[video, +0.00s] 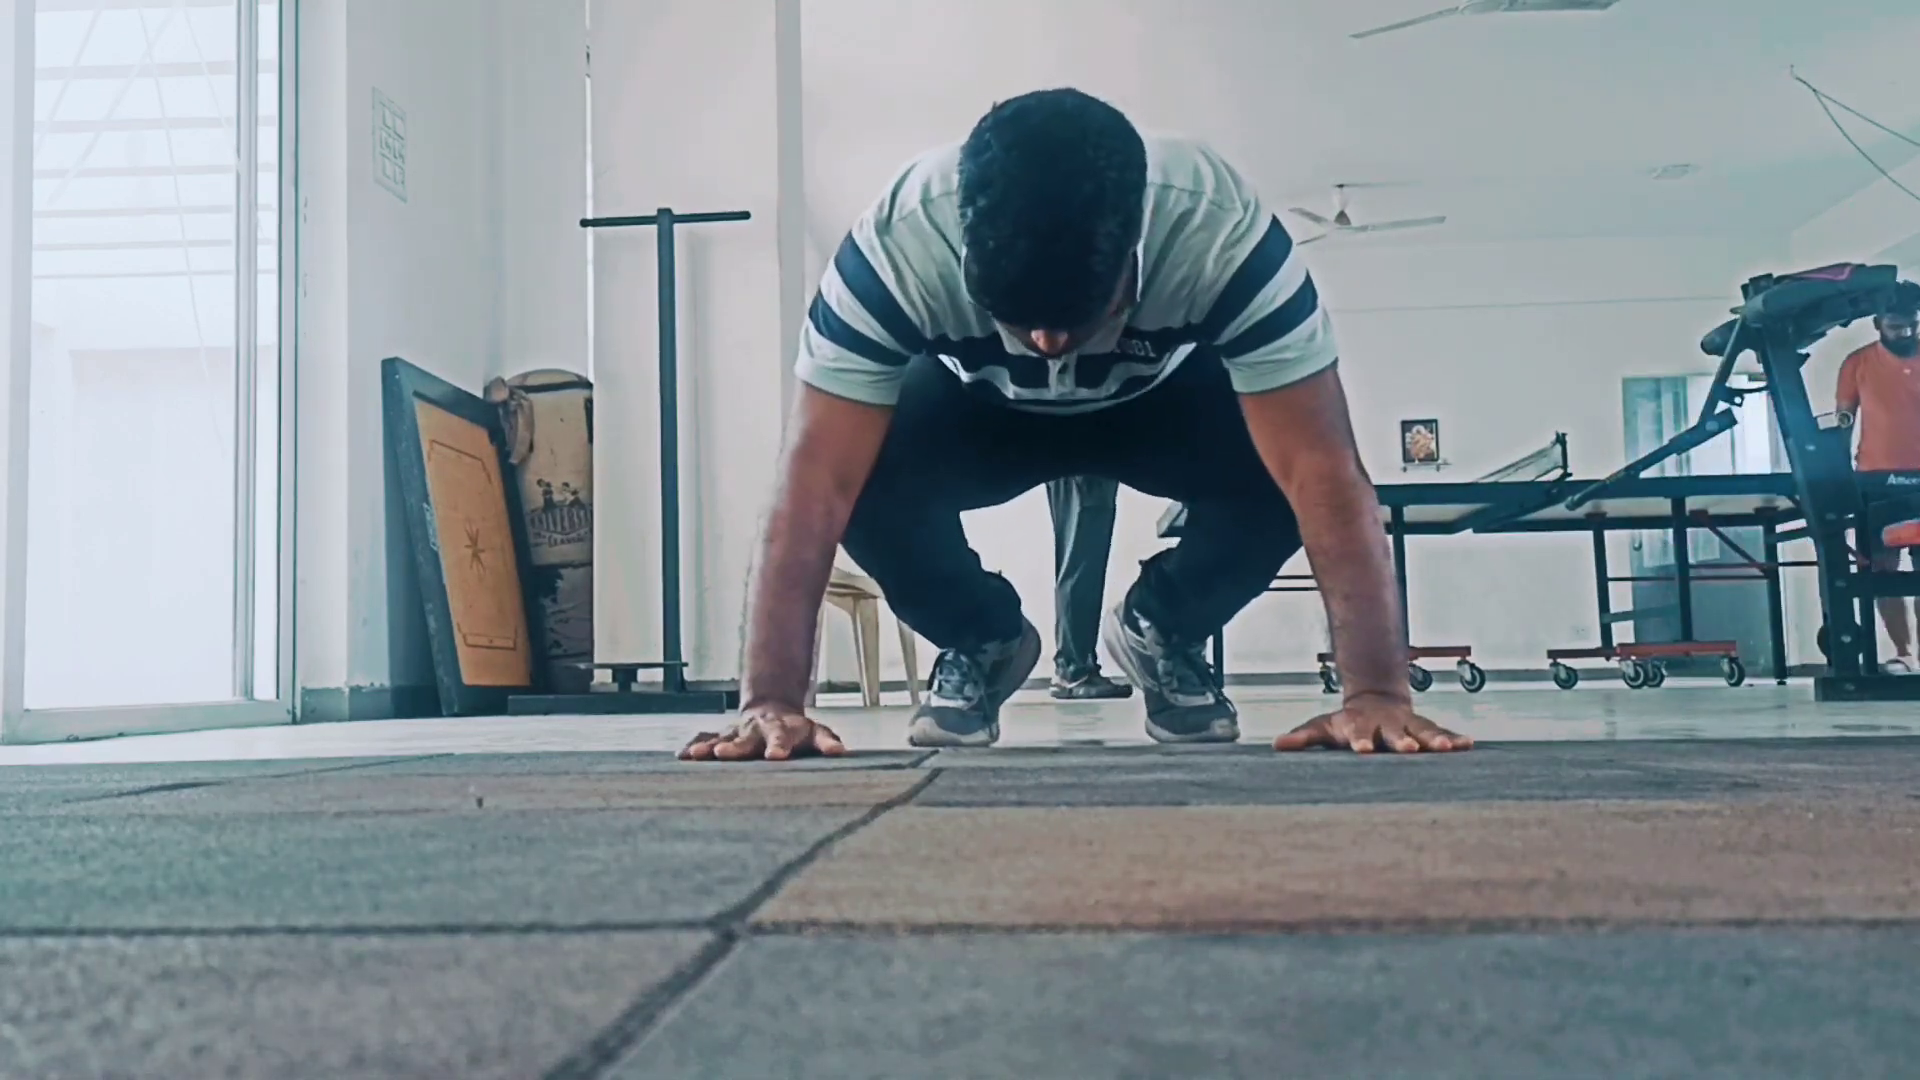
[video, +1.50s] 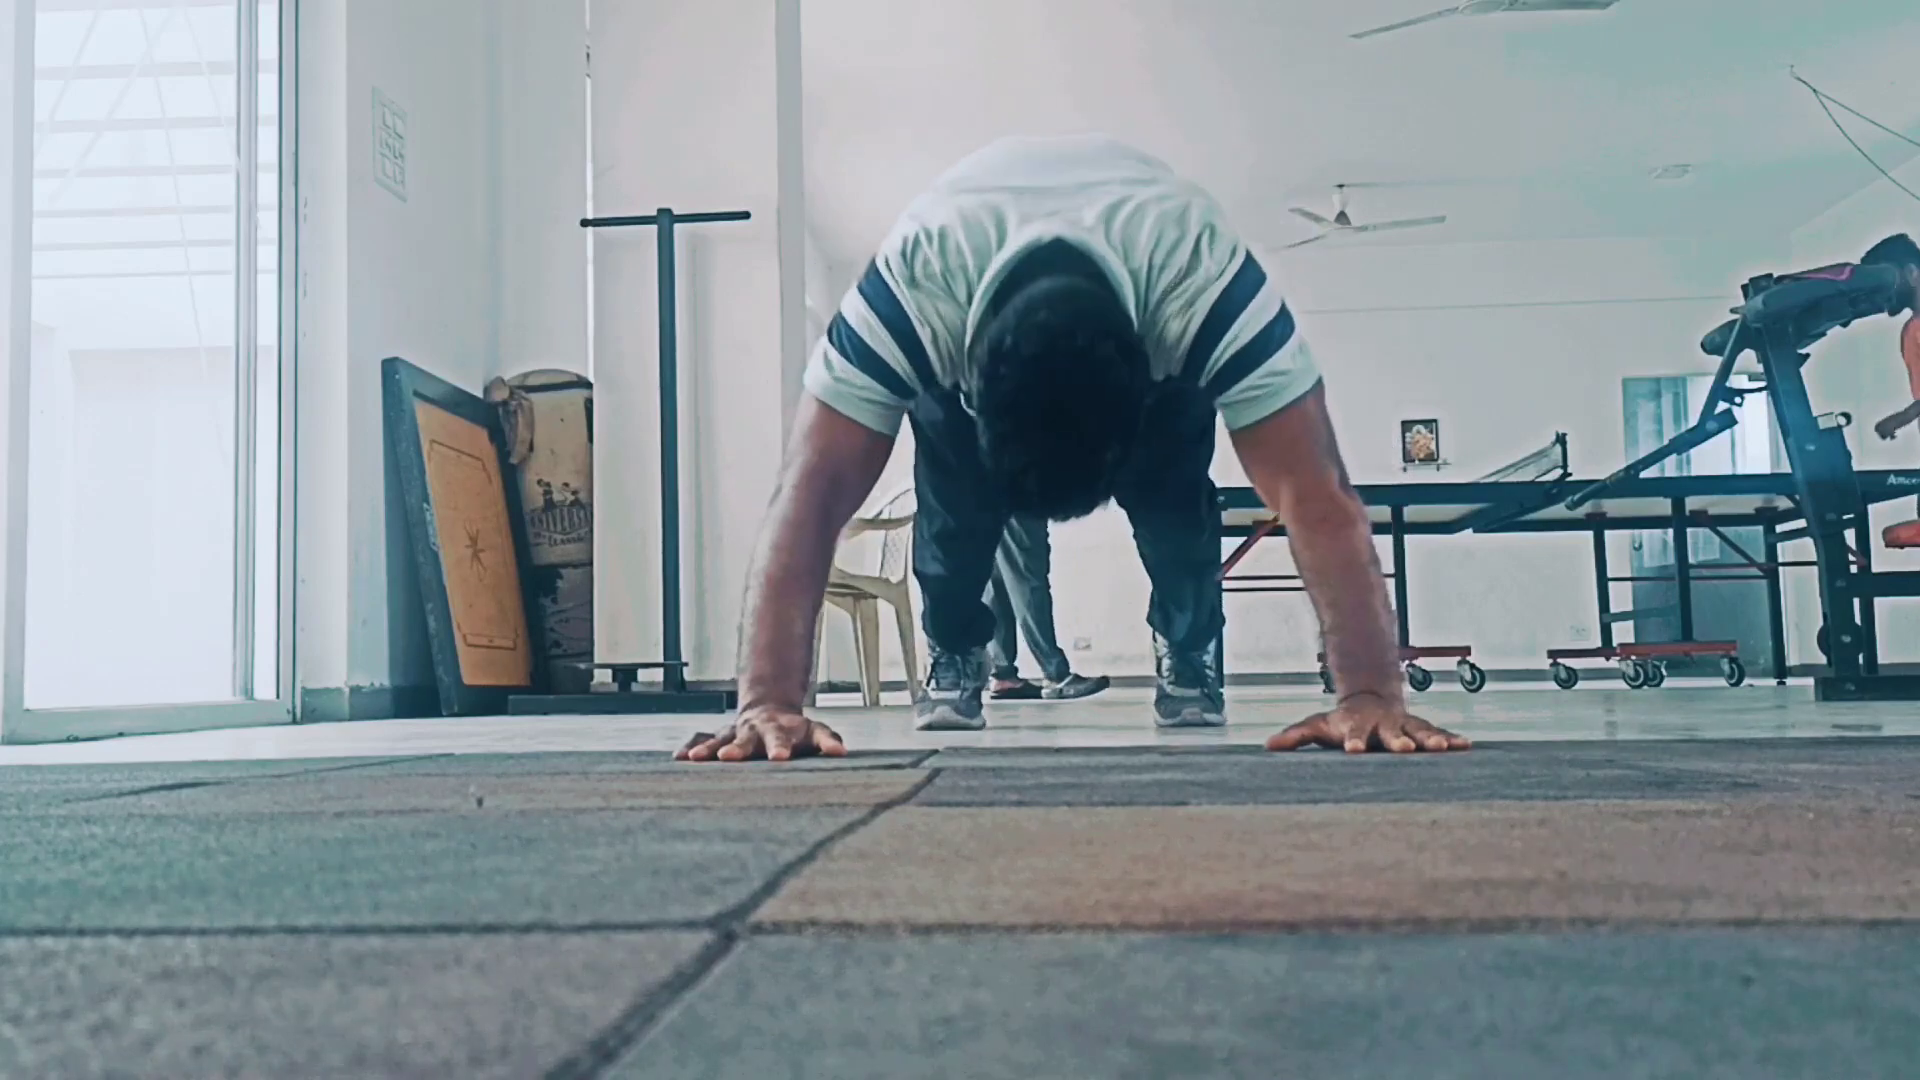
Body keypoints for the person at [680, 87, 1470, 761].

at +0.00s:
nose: (1052, 346)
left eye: (1082, 324)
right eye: (1025, 325)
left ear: (1137, 248)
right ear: (974, 249)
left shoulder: (1228, 235)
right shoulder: (900, 251)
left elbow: (1326, 479)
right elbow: (817, 483)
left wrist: (1377, 691)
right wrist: (772, 700)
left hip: (1160, 396)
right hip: (989, 400)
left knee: (1283, 493)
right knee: (870, 492)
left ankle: (1164, 625)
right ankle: (985, 638)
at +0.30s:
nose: (1048, 354)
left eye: (1076, 331)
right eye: (1021, 333)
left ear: (1129, 257)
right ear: (971, 264)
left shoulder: (1225, 257)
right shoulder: (903, 266)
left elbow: (1322, 480)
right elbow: (819, 486)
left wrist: (1370, 689)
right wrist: (776, 698)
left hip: (1152, 429)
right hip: (984, 432)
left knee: (1285, 488)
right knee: (857, 490)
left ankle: (1157, 630)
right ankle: (987, 643)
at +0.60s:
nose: (1060, 373)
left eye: (1086, 352)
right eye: (1025, 352)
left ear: (1144, 268)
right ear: (971, 257)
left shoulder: (1233, 229)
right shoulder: (896, 238)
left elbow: (1334, 460)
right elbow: (804, 469)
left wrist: (1375, 691)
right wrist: (771, 698)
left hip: (1157, 357)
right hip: (974, 363)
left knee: (1264, 477)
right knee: (868, 490)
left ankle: (1161, 629)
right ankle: (985, 642)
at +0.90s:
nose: (1064, 448)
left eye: (1082, 429)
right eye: (1036, 427)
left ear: (1146, 319)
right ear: (965, 297)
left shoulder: (1239, 214)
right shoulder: (888, 226)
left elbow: (1360, 451)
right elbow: (789, 455)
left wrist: (1377, 696)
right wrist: (768, 700)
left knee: (1210, 499)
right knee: (930, 508)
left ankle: (1190, 573)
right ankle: (944, 609)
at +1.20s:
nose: (1065, 424)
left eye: (1100, 396)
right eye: (1033, 401)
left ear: (1160, 294)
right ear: (973, 284)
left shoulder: (1246, 232)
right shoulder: (891, 244)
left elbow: (1364, 455)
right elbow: (787, 466)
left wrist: (1378, 692)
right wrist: (769, 699)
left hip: (1160, 397)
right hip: (970, 403)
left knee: (1185, 559)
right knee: (957, 562)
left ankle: (1193, 665)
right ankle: (947, 662)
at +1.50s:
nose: (1065, 511)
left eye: (1084, 493)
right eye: (1052, 495)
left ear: (1143, 374)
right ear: (979, 373)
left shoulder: (1207, 276)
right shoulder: (914, 285)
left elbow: (1317, 495)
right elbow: (817, 490)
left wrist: (1371, 692)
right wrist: (772, 699)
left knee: (1169, 492)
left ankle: (1190, 682)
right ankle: (957, 667)